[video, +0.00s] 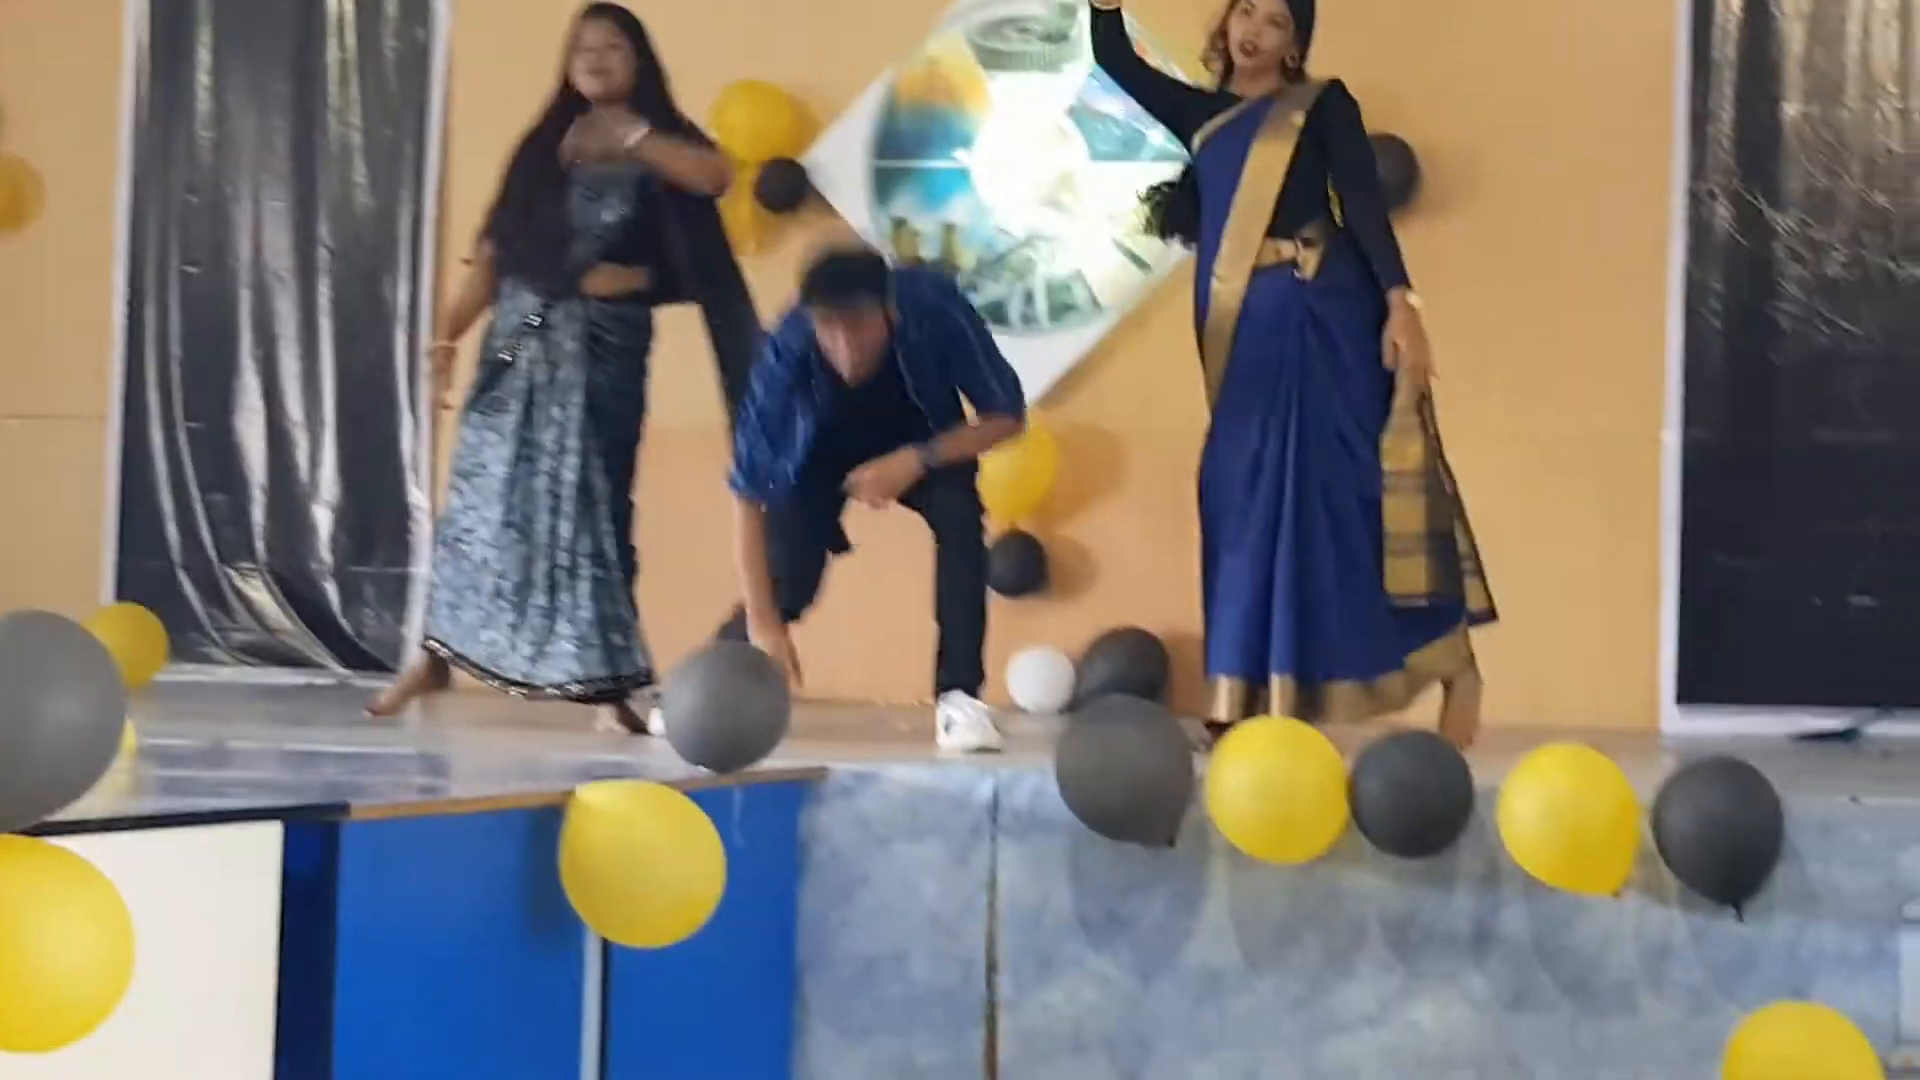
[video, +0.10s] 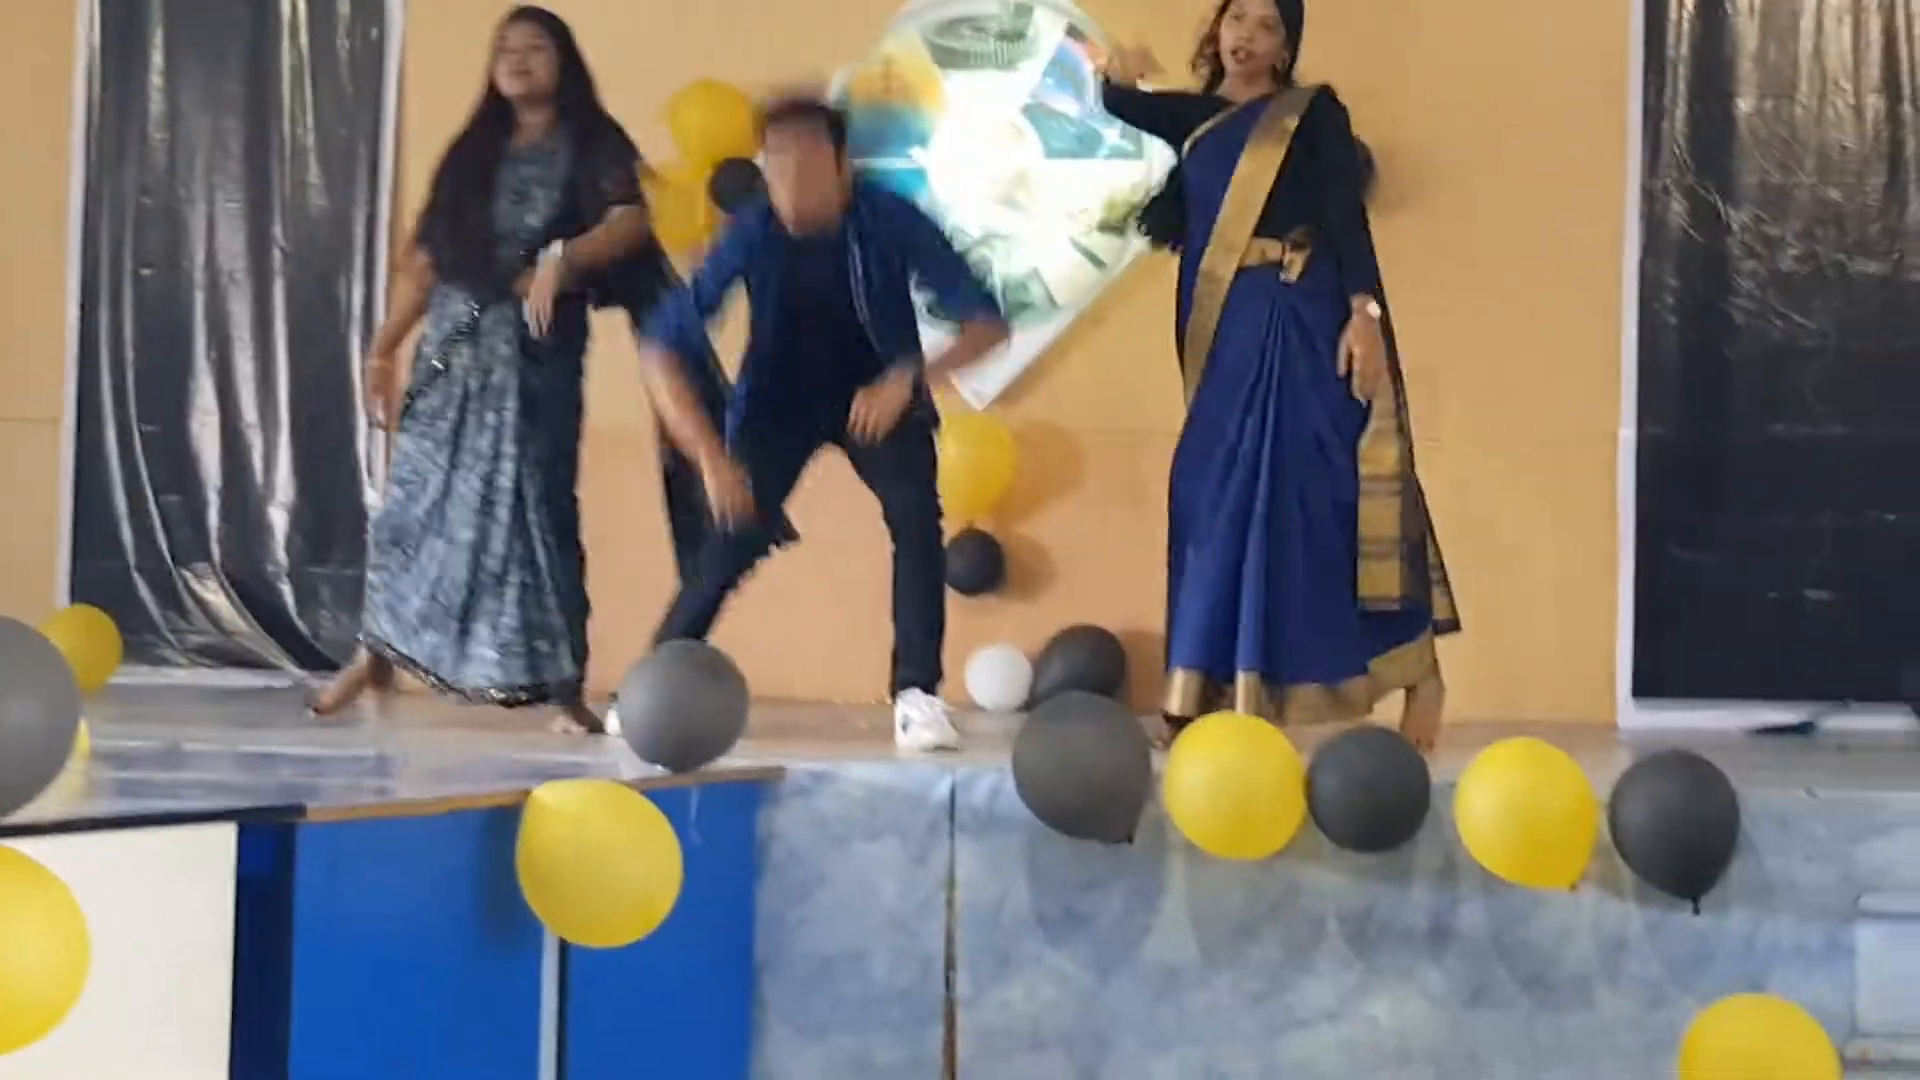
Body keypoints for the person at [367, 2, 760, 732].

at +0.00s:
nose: (596, 62)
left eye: (610, 50)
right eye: (584, 51)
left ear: (639, 59)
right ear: (567, 62)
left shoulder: (666, 138)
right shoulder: (546, 143)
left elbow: (718, 173)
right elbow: (492, 253)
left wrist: (631, 141)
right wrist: (447, 337)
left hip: (602, 342)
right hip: (520, 336)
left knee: (592, 505)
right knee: (477, 494)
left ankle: (614, 691)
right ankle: (430, 656)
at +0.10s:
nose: (518, 62)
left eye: (534, 51)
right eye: (507, 52)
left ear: (564, 63)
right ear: (492, 67)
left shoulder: (597, 144)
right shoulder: (473, 149)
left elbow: (632, 224)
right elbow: (426, 258)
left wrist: (563, 259)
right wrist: (384, 347)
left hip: (537, 349)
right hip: (454, 342)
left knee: (541, 507)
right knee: (413, 495)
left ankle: (564, 686)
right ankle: (373, 655)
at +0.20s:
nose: (436, 77)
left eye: (452, 65)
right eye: (425, 68)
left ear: (482, 77)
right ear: (411, 84)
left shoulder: (515, 166)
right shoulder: (391, 170)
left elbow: (544, 269)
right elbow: (349, 282)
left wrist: (532, 356)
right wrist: (303, 375)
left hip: (463, 366)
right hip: (381, 363)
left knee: (476, 523)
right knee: (352, 515)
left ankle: (518, 698)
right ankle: (312, 670)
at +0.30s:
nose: (367, 96)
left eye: (383, 85)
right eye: (355, 87)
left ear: (413, 101)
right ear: (340, 106)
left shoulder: (442, 188)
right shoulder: (318, 190)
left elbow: (478, 303)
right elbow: (278, 300)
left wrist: (503, 407)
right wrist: (241, 396)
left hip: (395, 385)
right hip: (310, 383)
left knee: (418, 539)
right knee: (289, 532)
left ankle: (476, 706)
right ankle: (269, 692)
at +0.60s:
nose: (290, 105)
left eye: (306, 95)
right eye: (280, 93)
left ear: (332, 110)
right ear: (260, 106)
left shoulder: (359, 193)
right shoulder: (224, 190)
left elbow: (380, 300)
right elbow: (181, 298)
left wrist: (397, 403)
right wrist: (144, 395)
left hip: (335, 390)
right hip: (245, 393)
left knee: (346, 542)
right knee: (243, 542)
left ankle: (371, 708)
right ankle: (239, 713)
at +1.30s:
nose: (285, 204)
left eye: (302, 194)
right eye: (274, 193)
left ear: (328, 207)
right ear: (259, 205)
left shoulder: (357, 290)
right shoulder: (235, 289)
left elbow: (385, 391)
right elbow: (204, 397)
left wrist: (380, 468)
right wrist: (169, 487)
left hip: (330, 478)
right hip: (248, 477)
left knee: (334, 630)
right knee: (246, 625)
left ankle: (342, 798)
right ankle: (234, 798)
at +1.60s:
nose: (299, 307)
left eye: (313, 294)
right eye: (286, 292)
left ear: (333, 302)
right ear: (263, 297)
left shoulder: (360, 368)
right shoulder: (237, 368)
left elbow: (399, 465)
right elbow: (203, 446)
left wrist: (371, 534)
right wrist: (190, 509)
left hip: (333, 560)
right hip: (255, 561)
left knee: (327, 722)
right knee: (256, 720)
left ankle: (325, 890)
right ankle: (258, 892)